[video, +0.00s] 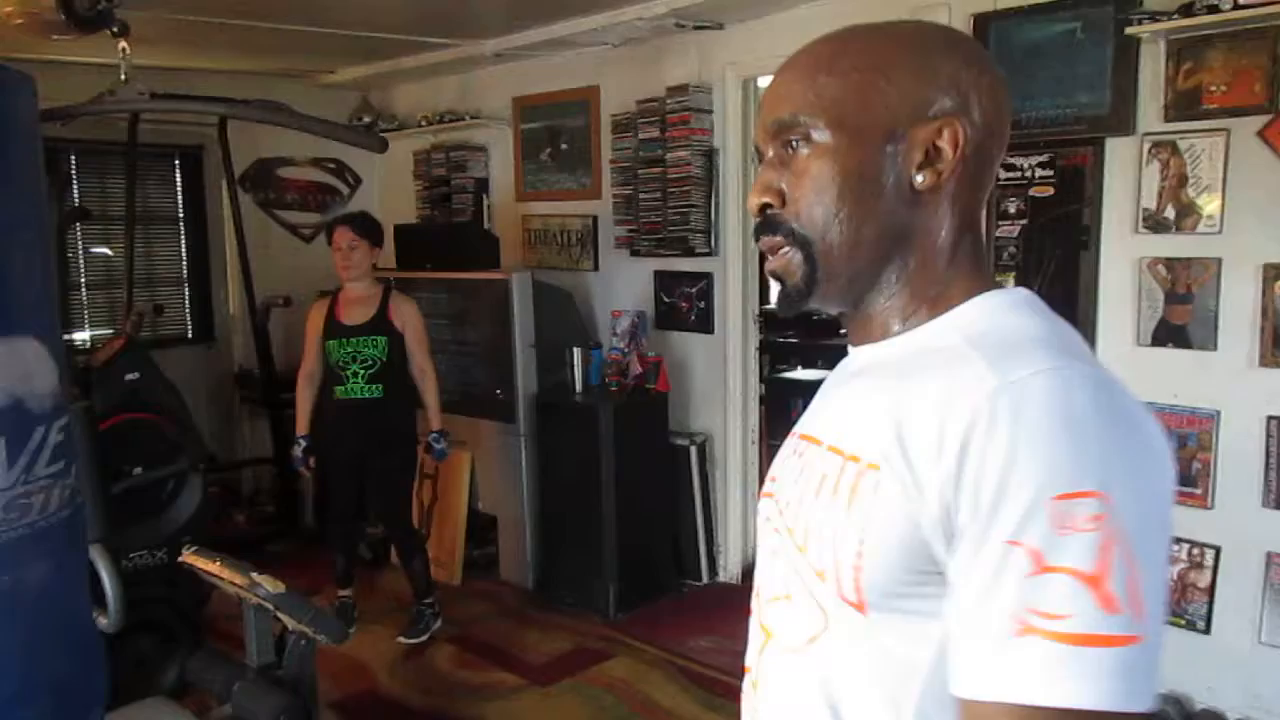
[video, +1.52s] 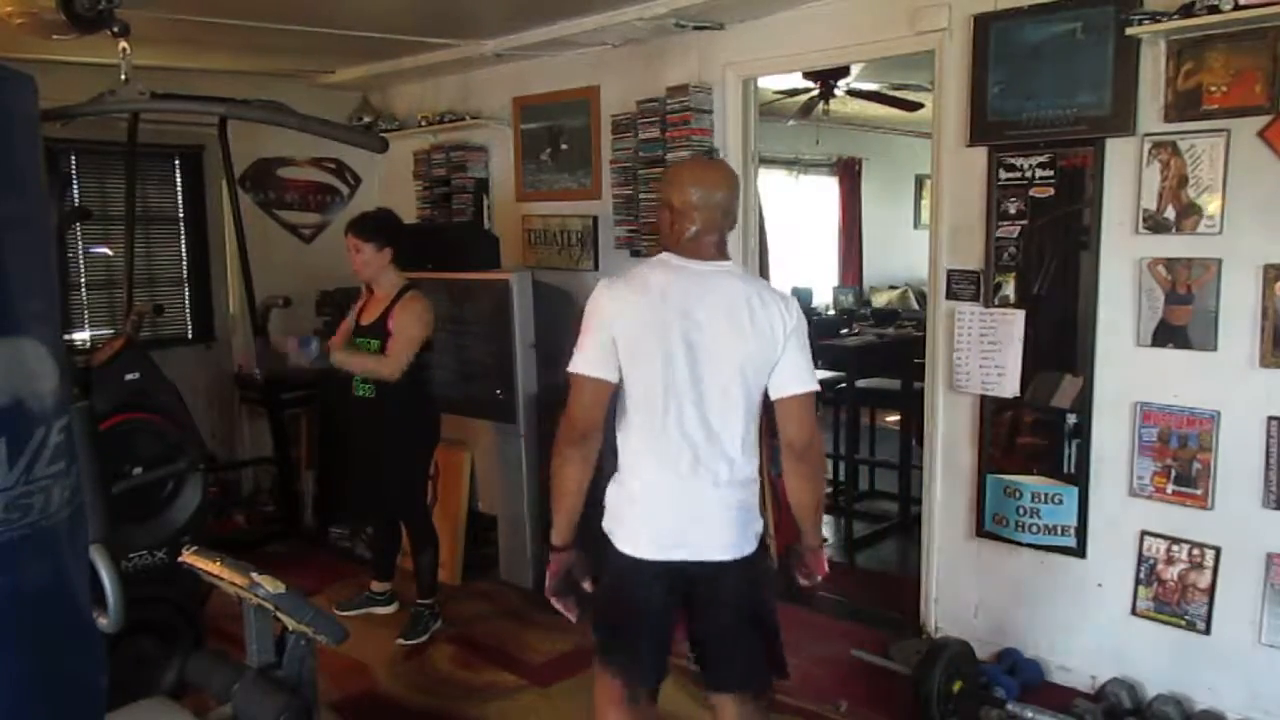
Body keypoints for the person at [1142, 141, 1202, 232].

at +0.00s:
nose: (1157, 158)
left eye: (1159, 153)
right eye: (1155, 155)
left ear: (1168, 150)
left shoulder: (1175, 160)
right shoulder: (1164, 166)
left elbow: (1171, 187)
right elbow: (1161, 188)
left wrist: (1160, 213)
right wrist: (1157, 212)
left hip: (1191, 211)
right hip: (1180, 211)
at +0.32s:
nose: (1157, 159)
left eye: (1159, 154)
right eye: (1154, 156)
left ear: (1168, 150)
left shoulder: (1175, 161)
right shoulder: (1164, 167)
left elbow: (1171, 187)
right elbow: (1161, 189)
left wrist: (1160, 214)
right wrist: (1157, 213)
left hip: (1191, 211)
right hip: (1180, 212)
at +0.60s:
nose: (1157, 159)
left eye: (1159, 154)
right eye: (1155, 156)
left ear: (1168, 150)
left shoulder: (1175, 161)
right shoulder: (1164, 166)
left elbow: (1171, 187)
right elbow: (1161, 189)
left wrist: (1160, 213)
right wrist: (1157, 213)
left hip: (1190, 211)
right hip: (1180, 212)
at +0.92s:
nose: (1157, 158)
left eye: (1160, 153)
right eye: (1156, 155)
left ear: (1169, 149)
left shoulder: (1175, 161)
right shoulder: (1164, 164)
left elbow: (1170, 187)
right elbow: (1161, 188)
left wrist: (1160, 213)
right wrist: (1157, 212)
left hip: (1190, 211)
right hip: (1180, 212)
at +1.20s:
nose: (1158, 159)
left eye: (1160, 154)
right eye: (1155, 156)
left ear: (1169, 150)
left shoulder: (1175, 161)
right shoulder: (1164, 165)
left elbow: (1171, 187)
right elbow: (1162, 188)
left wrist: (1161, 213)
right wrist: (1157, 213)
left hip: (1190, 211)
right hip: (1180, 212)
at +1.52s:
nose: (1158, 159)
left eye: (1159, 154)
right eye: (1156, 156)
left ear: (1168, 150)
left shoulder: (1175, 161)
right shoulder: (1164, 165)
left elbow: (1170, 187)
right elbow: (1162, 188)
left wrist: (1160, 213)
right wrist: (1157, 213)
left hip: (1190, 210)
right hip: (1180, 212)